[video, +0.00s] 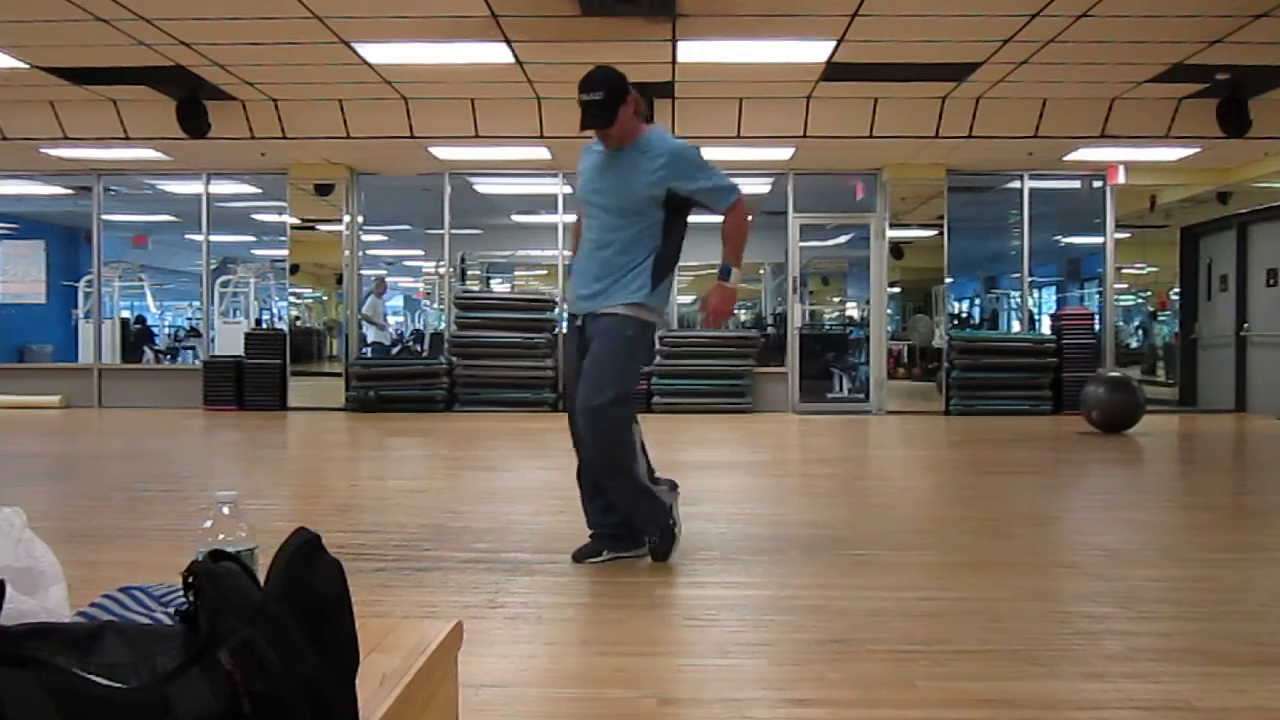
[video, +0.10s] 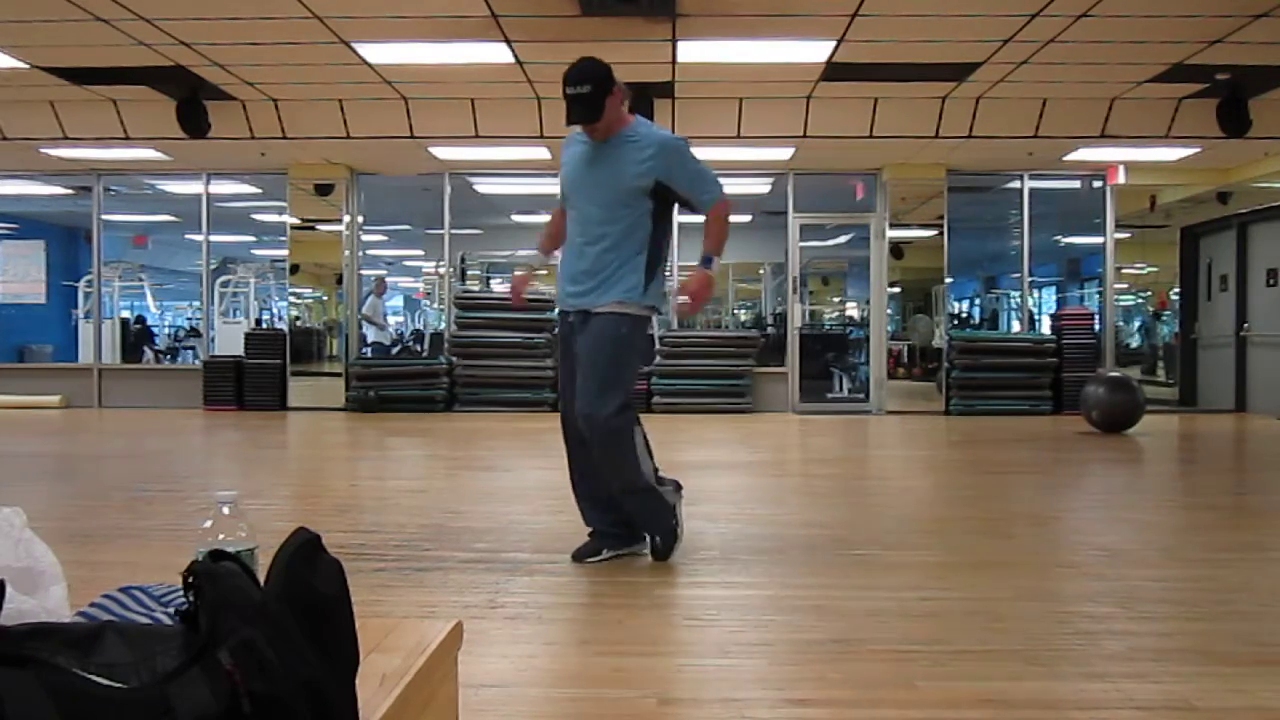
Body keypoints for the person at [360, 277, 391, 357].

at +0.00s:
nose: (385, 288)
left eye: (385, 286)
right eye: (383, 286)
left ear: (385, 287)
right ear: (377, 287)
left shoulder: (381, 301)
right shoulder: (372, 299)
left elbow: (383, 316)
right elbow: (365, 314)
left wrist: (386, 324)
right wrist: (378, 324)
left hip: (384, 337)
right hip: (376, 338)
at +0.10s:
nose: (385, 288)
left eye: (385, 286)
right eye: (383, 286)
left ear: (385, 287)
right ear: (377, 287)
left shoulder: (381, 301)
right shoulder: (372, 299)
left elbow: (383, 316)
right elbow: (365, 314)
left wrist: (386, 324)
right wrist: (378, 324)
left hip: (384, 337)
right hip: (376, 338)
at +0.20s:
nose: (385, 288)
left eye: (385, 286)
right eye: (383, 286)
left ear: (385, 287)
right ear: (377, 287)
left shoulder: (381, 301)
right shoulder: (372, 299)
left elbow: (383, 316)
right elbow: (365, 314)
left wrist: (386, 324)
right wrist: (378, 324)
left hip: (384, 337)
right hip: (376, 338)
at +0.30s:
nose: (385, 288)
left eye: (386, 285)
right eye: (383, 285)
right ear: (377, 286)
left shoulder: (381, 300)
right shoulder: (372, 299)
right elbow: (366, 314)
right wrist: (379, 323)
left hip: (384, 337)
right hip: (376, 337)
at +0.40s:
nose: (386, 288)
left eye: (386, 286)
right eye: (384, 286)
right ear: (377, 286)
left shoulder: (381, 300)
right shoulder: (373, 299)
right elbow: (366, 314)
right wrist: (380, 323)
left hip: (384, 337)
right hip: (376, 337)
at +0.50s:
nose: (386, 288)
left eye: (386, 285)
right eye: (384, 285)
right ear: (377, 286)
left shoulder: (381, 300)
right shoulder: (373, 299)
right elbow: (366, 314)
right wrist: (380, 323)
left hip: (384, 337)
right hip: (377, 338)